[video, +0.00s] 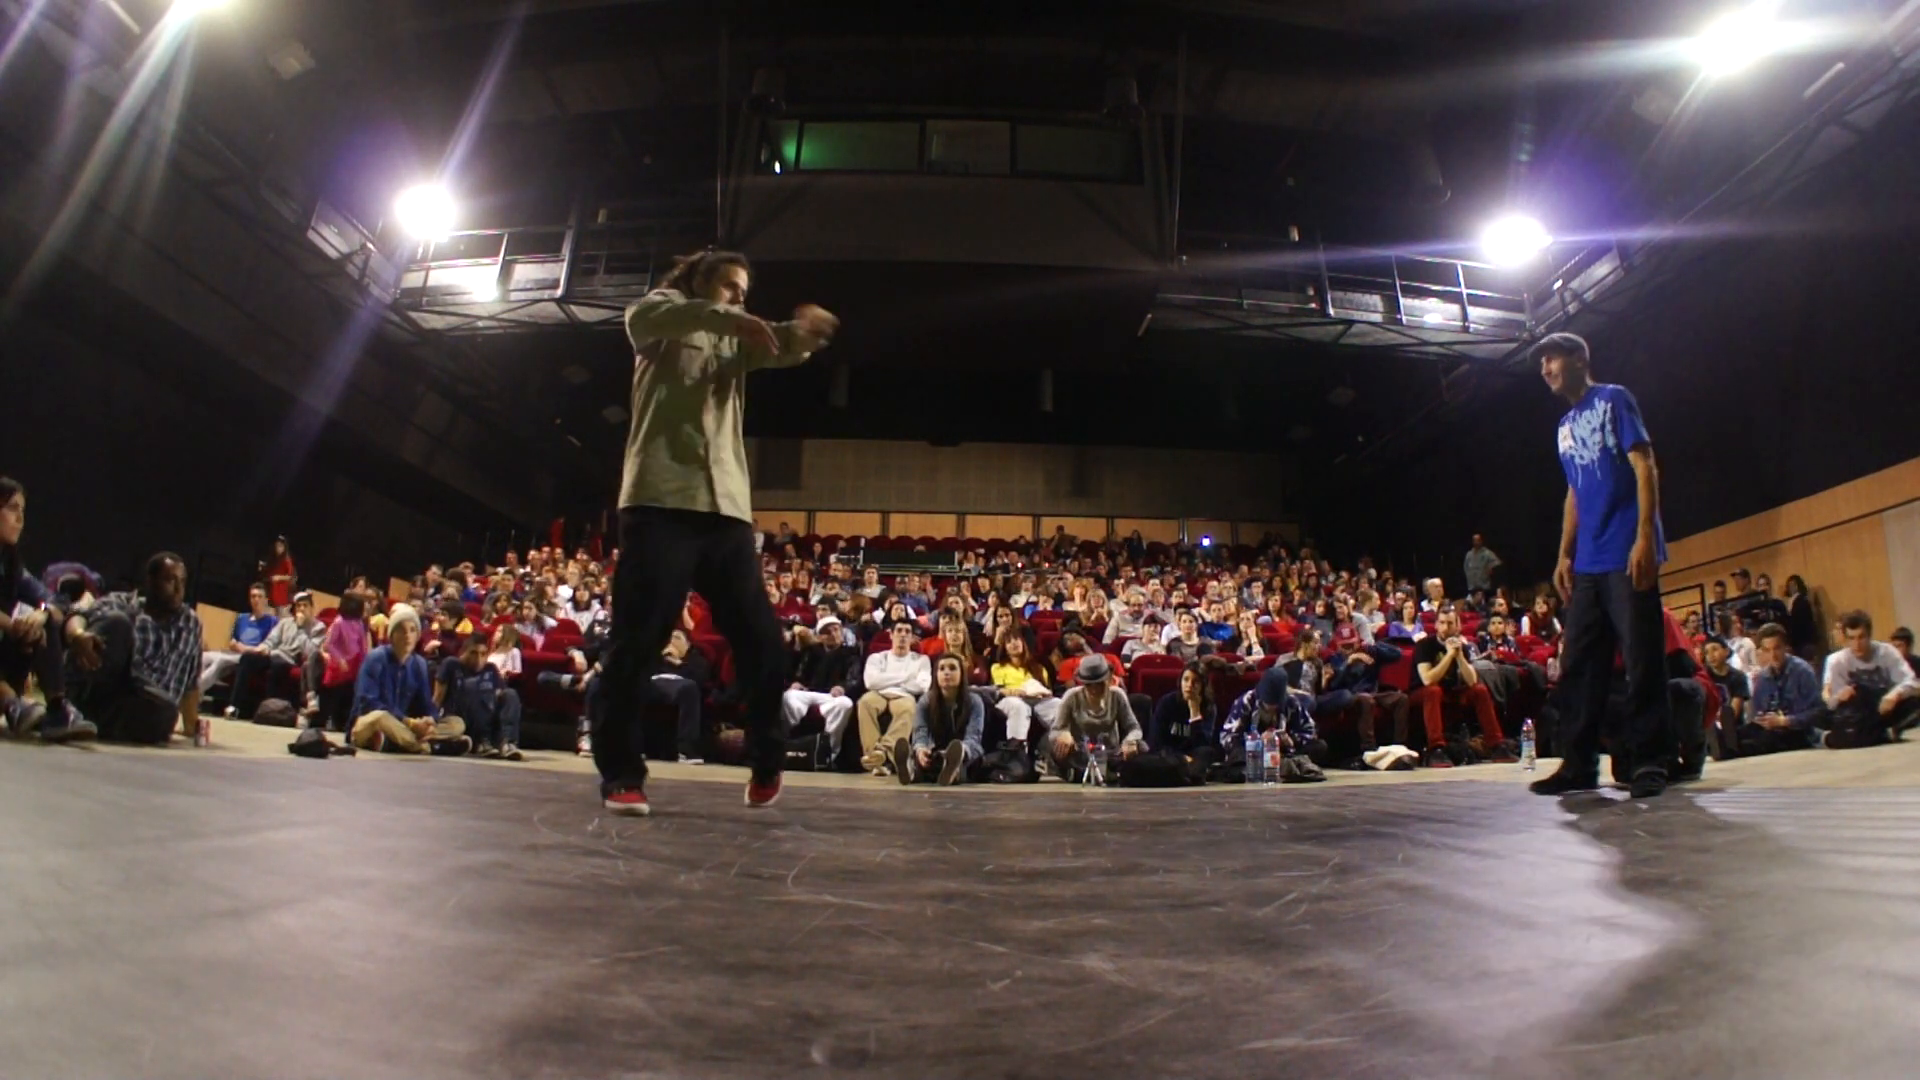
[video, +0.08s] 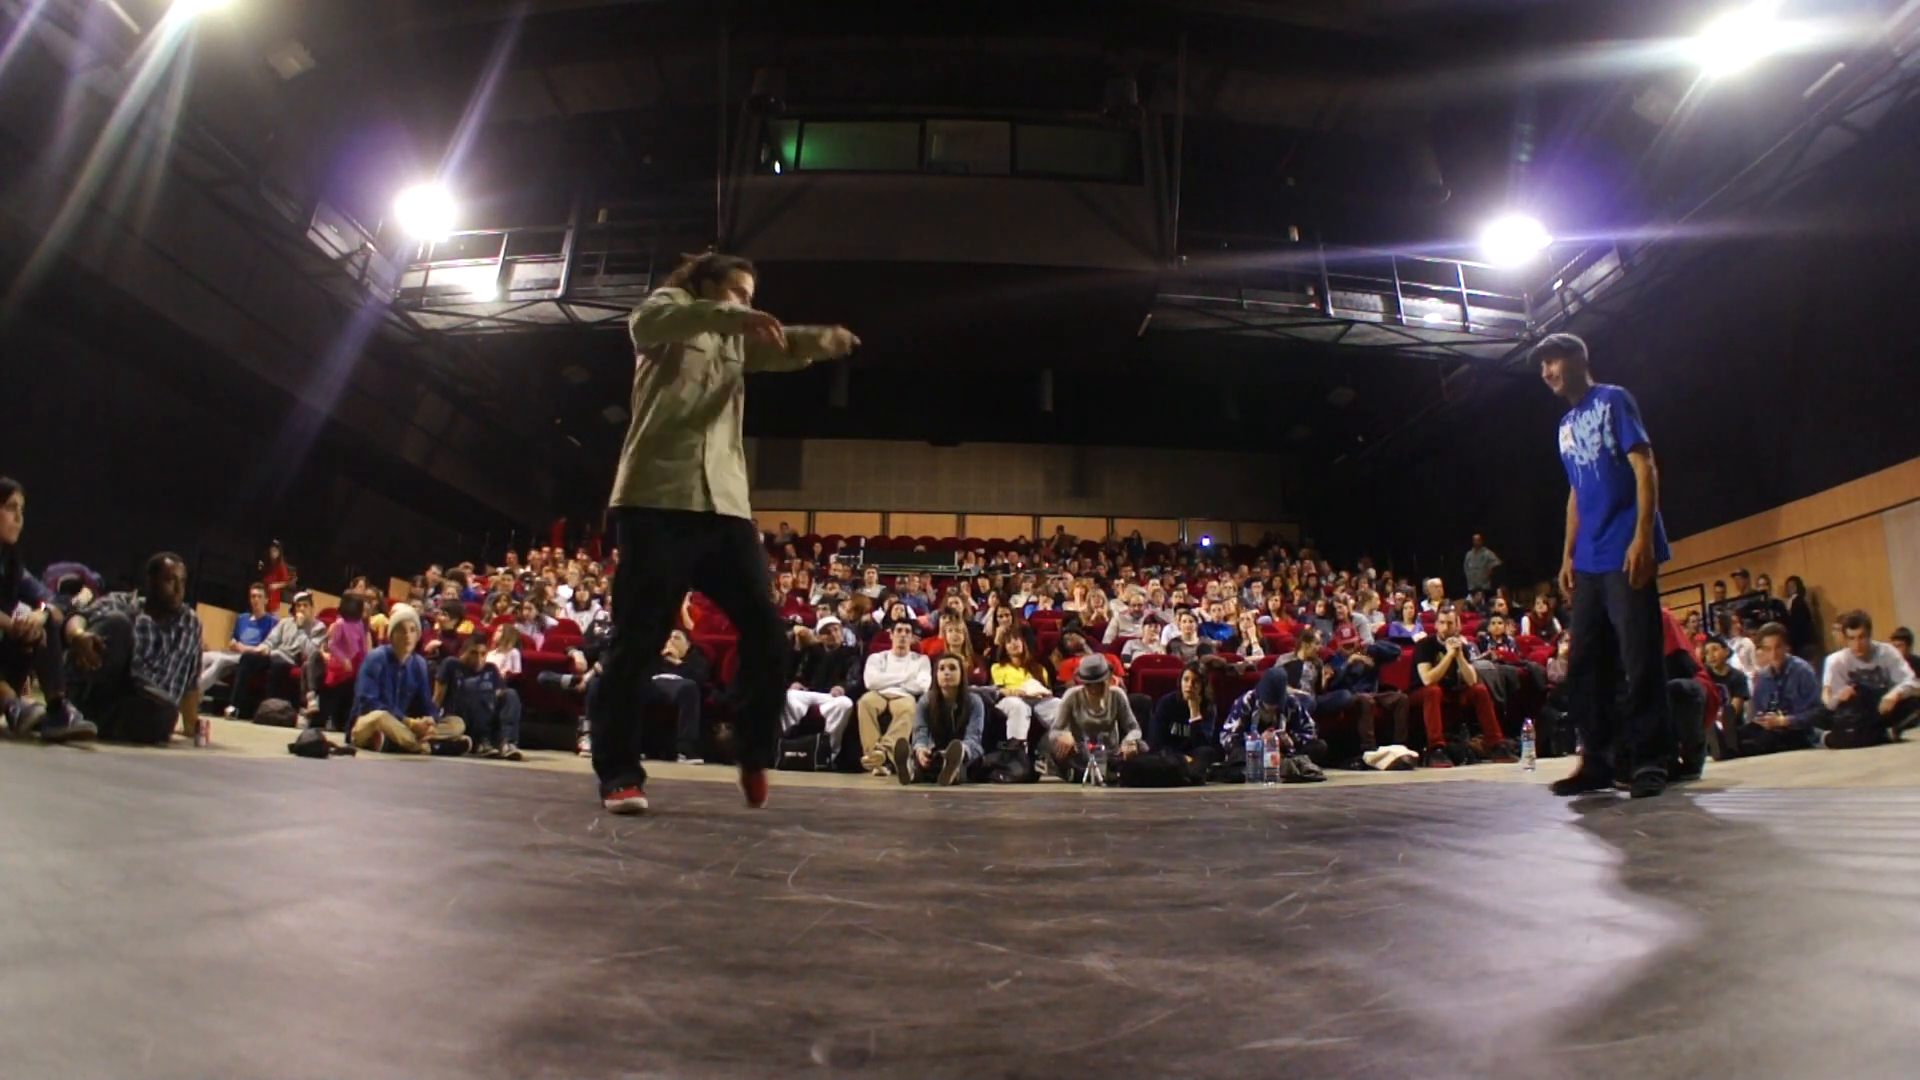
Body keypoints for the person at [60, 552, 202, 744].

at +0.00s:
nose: (178, 589)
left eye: (182, 582)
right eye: (170, 581)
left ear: (186, 585)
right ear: (151, 581)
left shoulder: (191, 624)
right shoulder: (123, 603)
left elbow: (190, 685)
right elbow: (76, 617)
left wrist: (191, 731)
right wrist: (77, 635)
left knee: (159, 719)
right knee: (116, 624)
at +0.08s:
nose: (178, 589)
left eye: (182, 582)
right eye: (170, 581)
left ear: (186, 585)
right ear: (151, 581)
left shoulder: (191, 623)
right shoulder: (122, 603)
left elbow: (190, 684)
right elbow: (77, 618)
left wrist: (191, 730)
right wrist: (77, 635)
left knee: (159, 719)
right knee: (116, 624)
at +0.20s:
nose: (178, 589)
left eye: (182, 582)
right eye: (170, 580)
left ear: (186, 585)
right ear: (151, 581)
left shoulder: (190, 623)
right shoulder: (122, 603)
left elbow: (190, 684)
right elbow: (77, 619)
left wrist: (191, 731)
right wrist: (77, 635)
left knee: (158, 720)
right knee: (116, 625)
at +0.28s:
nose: (178, 589)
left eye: (182, 582)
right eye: (170, 580)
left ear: (186, 585)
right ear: (151, 581)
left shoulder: (191, 623)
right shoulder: (122, 603)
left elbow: (190, 685)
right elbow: (77, 619)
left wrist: (191, 731)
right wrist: (78, 635)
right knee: (116, 625)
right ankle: (68, 710)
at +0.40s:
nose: (178, 589)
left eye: (182, 582)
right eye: (170, 580)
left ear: (186, 585)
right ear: (151, 581)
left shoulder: (190, 623)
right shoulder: (123, 603)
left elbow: (190, 685)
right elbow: (77, 619)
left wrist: (191, 731)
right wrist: (77, 635)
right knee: (116, 625)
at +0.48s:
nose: (177, 588)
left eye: (182, 582)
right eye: (170, 580)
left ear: (186, 585)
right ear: (151, 581)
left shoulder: (191, 623)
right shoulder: (122, 603)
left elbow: (190, 685)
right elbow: (77, 619)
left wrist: (191, 732)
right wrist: (78, 636)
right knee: (116, 625)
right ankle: (68, 710)